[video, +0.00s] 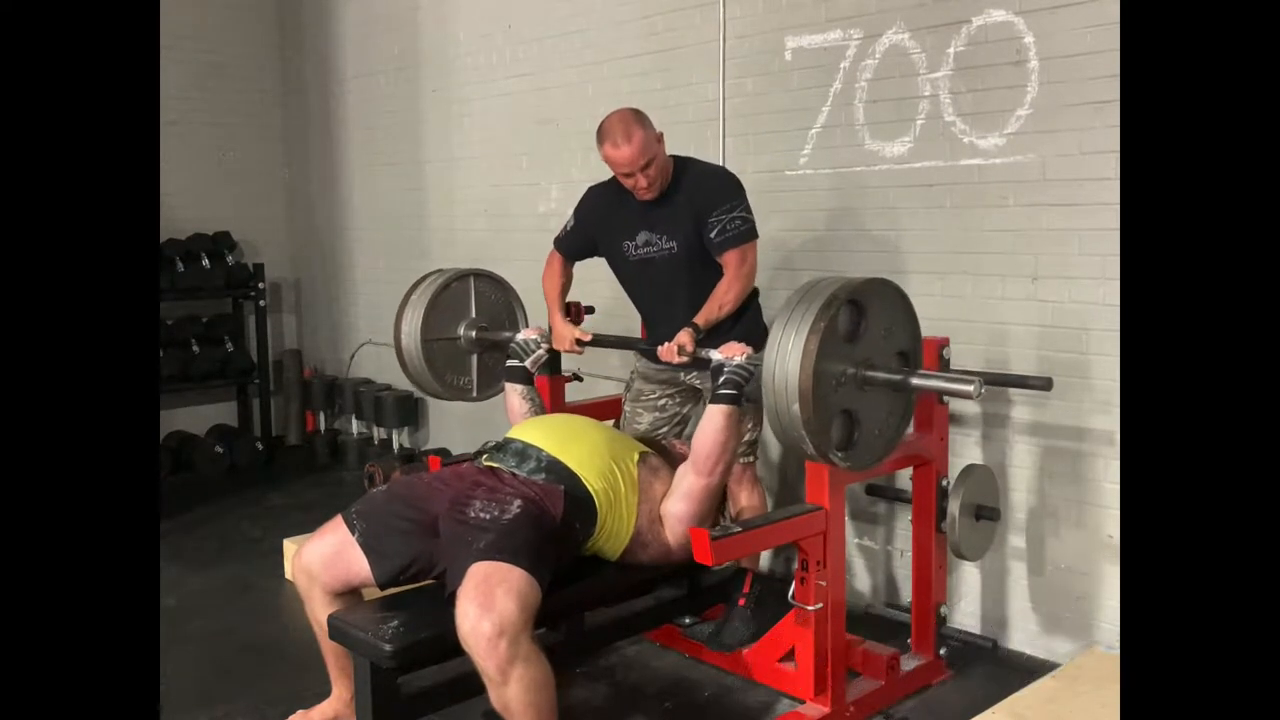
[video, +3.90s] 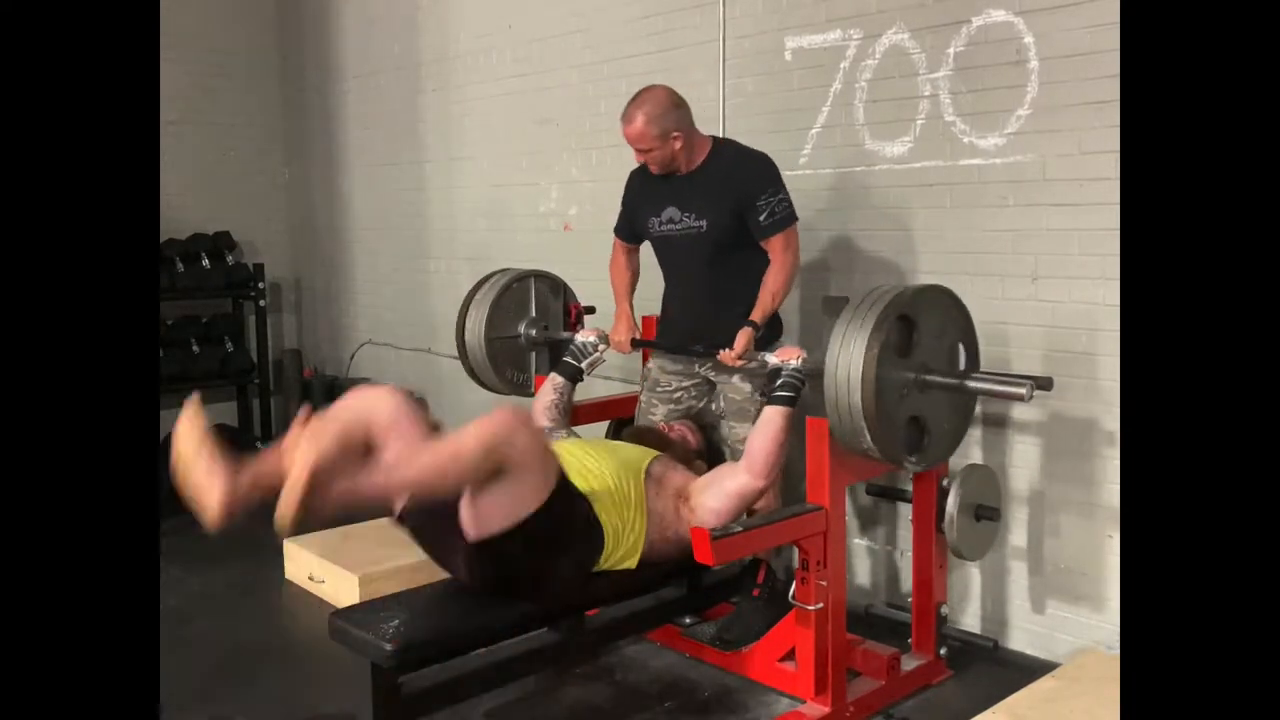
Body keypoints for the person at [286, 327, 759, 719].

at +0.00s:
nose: (680, 434)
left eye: (693, 441)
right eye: (677, 430)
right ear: (661, 438)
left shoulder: (668, 522)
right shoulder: (586, 446)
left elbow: (707, 464)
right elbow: (521, 443)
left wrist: (728, 386)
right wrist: (519, 372)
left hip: (529, 499)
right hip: (455, 476)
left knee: (489, 625)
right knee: (313, 563)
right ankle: (344, 696)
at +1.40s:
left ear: (685, 463)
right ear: (661, 443)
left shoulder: (659, 499)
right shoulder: (574, 447)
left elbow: (682, 570)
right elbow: (510, 465)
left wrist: (700, 475)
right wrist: (496, 434)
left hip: (518, 509)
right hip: (453, 487)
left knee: (481, 633)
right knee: (305, 563)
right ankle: (344, 699)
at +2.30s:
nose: (680, 435)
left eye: (689, 436)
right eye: (676, 430)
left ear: (699, 462)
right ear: (659, 434)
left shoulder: (671, 515)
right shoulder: (585, 450)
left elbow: (717, 468)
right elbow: (523, 445)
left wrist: (731, 387)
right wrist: (514, 373)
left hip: (525, 507)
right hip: (455, 486)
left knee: (487, 625)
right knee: (308, 560)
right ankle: (342, 698)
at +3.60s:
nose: (671, 433)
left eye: (684, 436)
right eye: (664, 428)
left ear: (696, 464)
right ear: (645, 438)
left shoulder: (684, 498)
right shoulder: (591, 449)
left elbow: (753, 468)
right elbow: (551, 421)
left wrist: (785, 384)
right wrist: (572, 359)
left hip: (537, 523)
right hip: (466, 499)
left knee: (457, 599)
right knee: (300, 559)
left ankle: (458, 716)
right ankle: (306, 714)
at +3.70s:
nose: (669, 431)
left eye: (683, 435)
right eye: (665, 425)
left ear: (699, 460)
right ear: (647, 428)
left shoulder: (684, 492)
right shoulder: (596, 447)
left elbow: (756, 478)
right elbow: (544, 432)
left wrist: (786, 385)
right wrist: (572, 363)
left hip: (548, 524)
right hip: (478, 495)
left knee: (452, 554)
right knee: (308, 530)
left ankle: (376, 713)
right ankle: (251, 702)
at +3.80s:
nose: (658, 427)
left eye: (673, 429)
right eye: (654, 421)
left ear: (695, 450)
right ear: (640, 426)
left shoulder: (685, 488)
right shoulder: (586, 453)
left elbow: (754, 478)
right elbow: (533, 450)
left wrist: (785, 388)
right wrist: (560, 379)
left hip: (554, 543)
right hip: (474, 514)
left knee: (466, 483)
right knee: (330, 463)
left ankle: (311, 636)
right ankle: (222, 618)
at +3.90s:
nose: (670, 419)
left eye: (686, 426)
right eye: (667, 417)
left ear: (703, 453)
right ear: (651, 426)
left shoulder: (690, 492)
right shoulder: (603, 447)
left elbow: (760, 476)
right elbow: (536, 433)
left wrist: (784, 386)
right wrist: (569, 370)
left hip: (553, 554)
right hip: (477, 528)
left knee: (507, 427)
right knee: (383, 405)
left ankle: (323, 499)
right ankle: (234, 488)